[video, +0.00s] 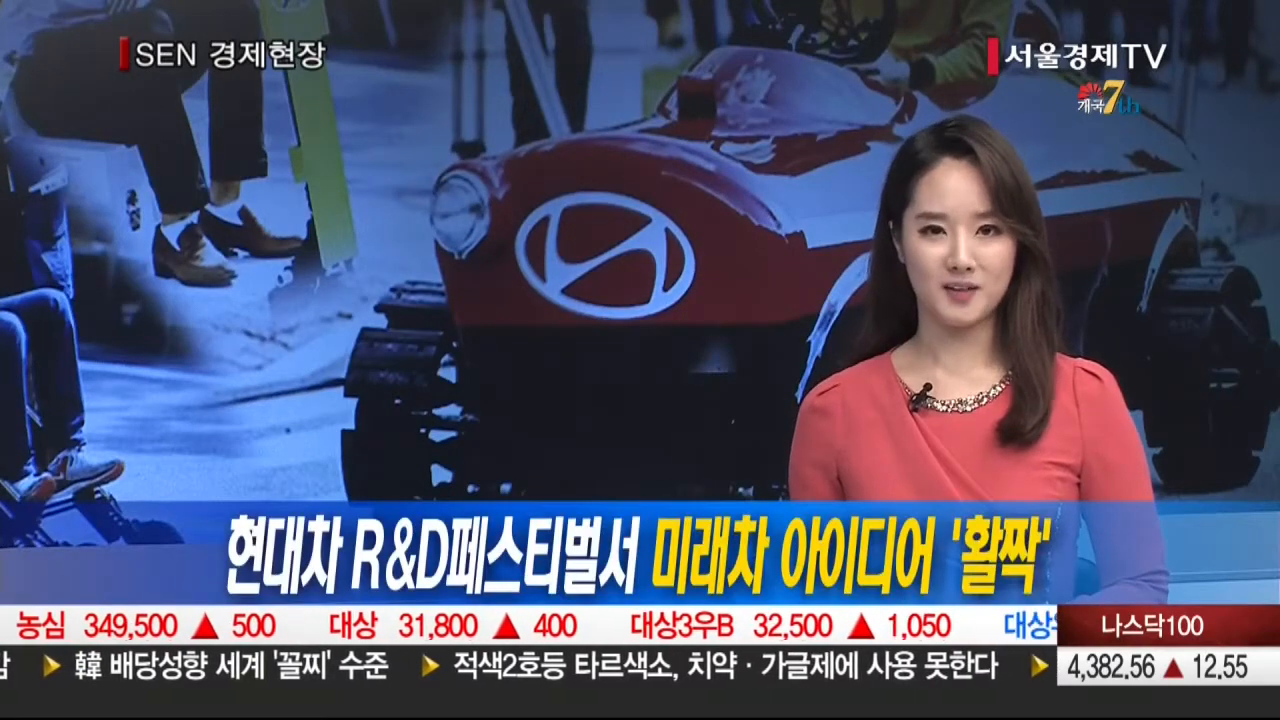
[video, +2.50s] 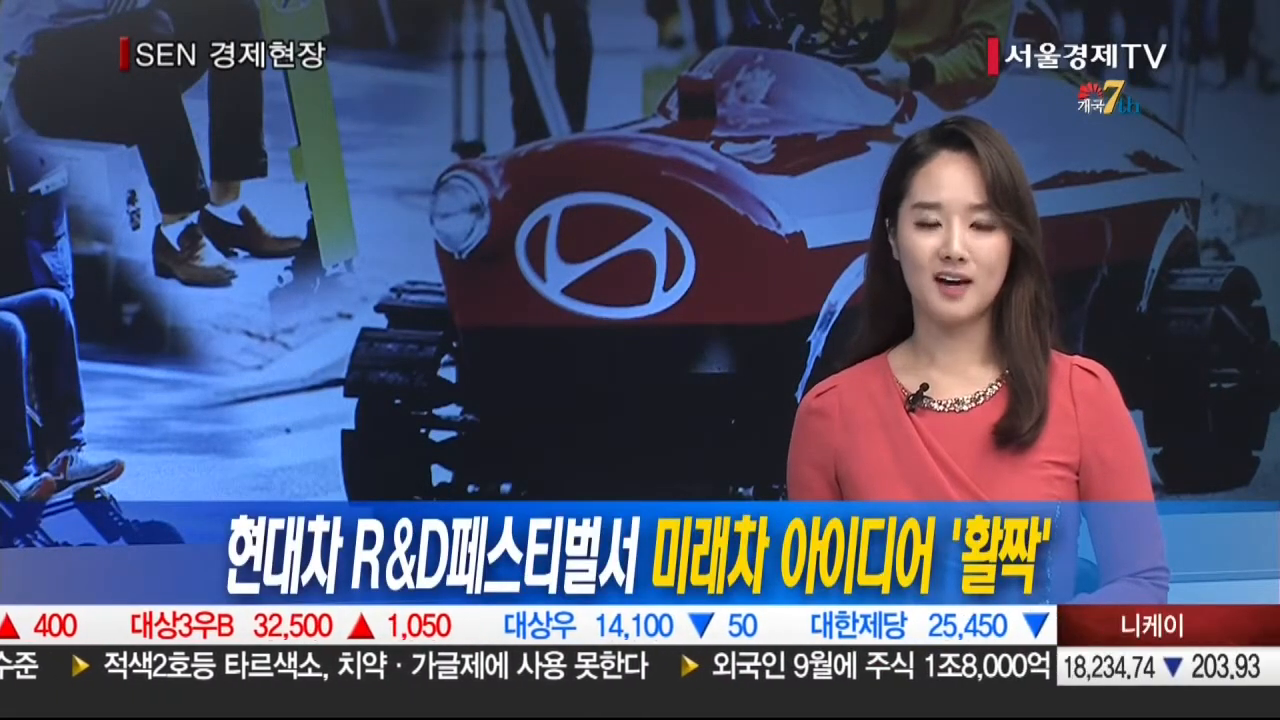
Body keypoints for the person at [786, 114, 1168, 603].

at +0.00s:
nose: (961, 259)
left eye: (988, 229)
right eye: (934, 230)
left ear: (1021, 244)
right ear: (898, 244)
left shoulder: (1086, 398)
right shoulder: (832, 413)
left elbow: (1140, 586)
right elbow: (811, 604)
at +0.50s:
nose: (959, 254)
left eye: (986, 226)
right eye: (931, 227)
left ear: (1019, 242)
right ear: (897, 244)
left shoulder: (1085, 398)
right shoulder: (832, 413)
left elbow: (1139, 585)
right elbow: (812, 605)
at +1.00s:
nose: (959, 256)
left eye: (985, 227)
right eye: (930, 228)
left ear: (1019, 243)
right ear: (897, 244)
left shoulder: (1086, 398)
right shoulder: (832, 414)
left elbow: (1139, 585)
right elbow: (814, 605)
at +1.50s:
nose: (956, 259)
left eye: (982, 230)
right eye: (928, 232)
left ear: (1017, 243)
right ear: (895, 245)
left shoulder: (1085, 397)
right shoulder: (831, 413)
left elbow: (1142, 583)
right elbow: (813, 604)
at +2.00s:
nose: (955, 249)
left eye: (982, 222)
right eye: (927, 222)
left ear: (1016, 242)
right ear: (894, 241)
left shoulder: (1083, 396)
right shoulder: (830, 413)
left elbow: (1142, 581)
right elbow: (811, 603)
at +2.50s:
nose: (954, 249)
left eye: (982, 224)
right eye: (928, 222)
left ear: (1015, 243)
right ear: (893, 239)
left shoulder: (1083, 396)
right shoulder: (829, 414)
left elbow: (1142, 580)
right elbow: (811, 604)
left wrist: (1041, 647)